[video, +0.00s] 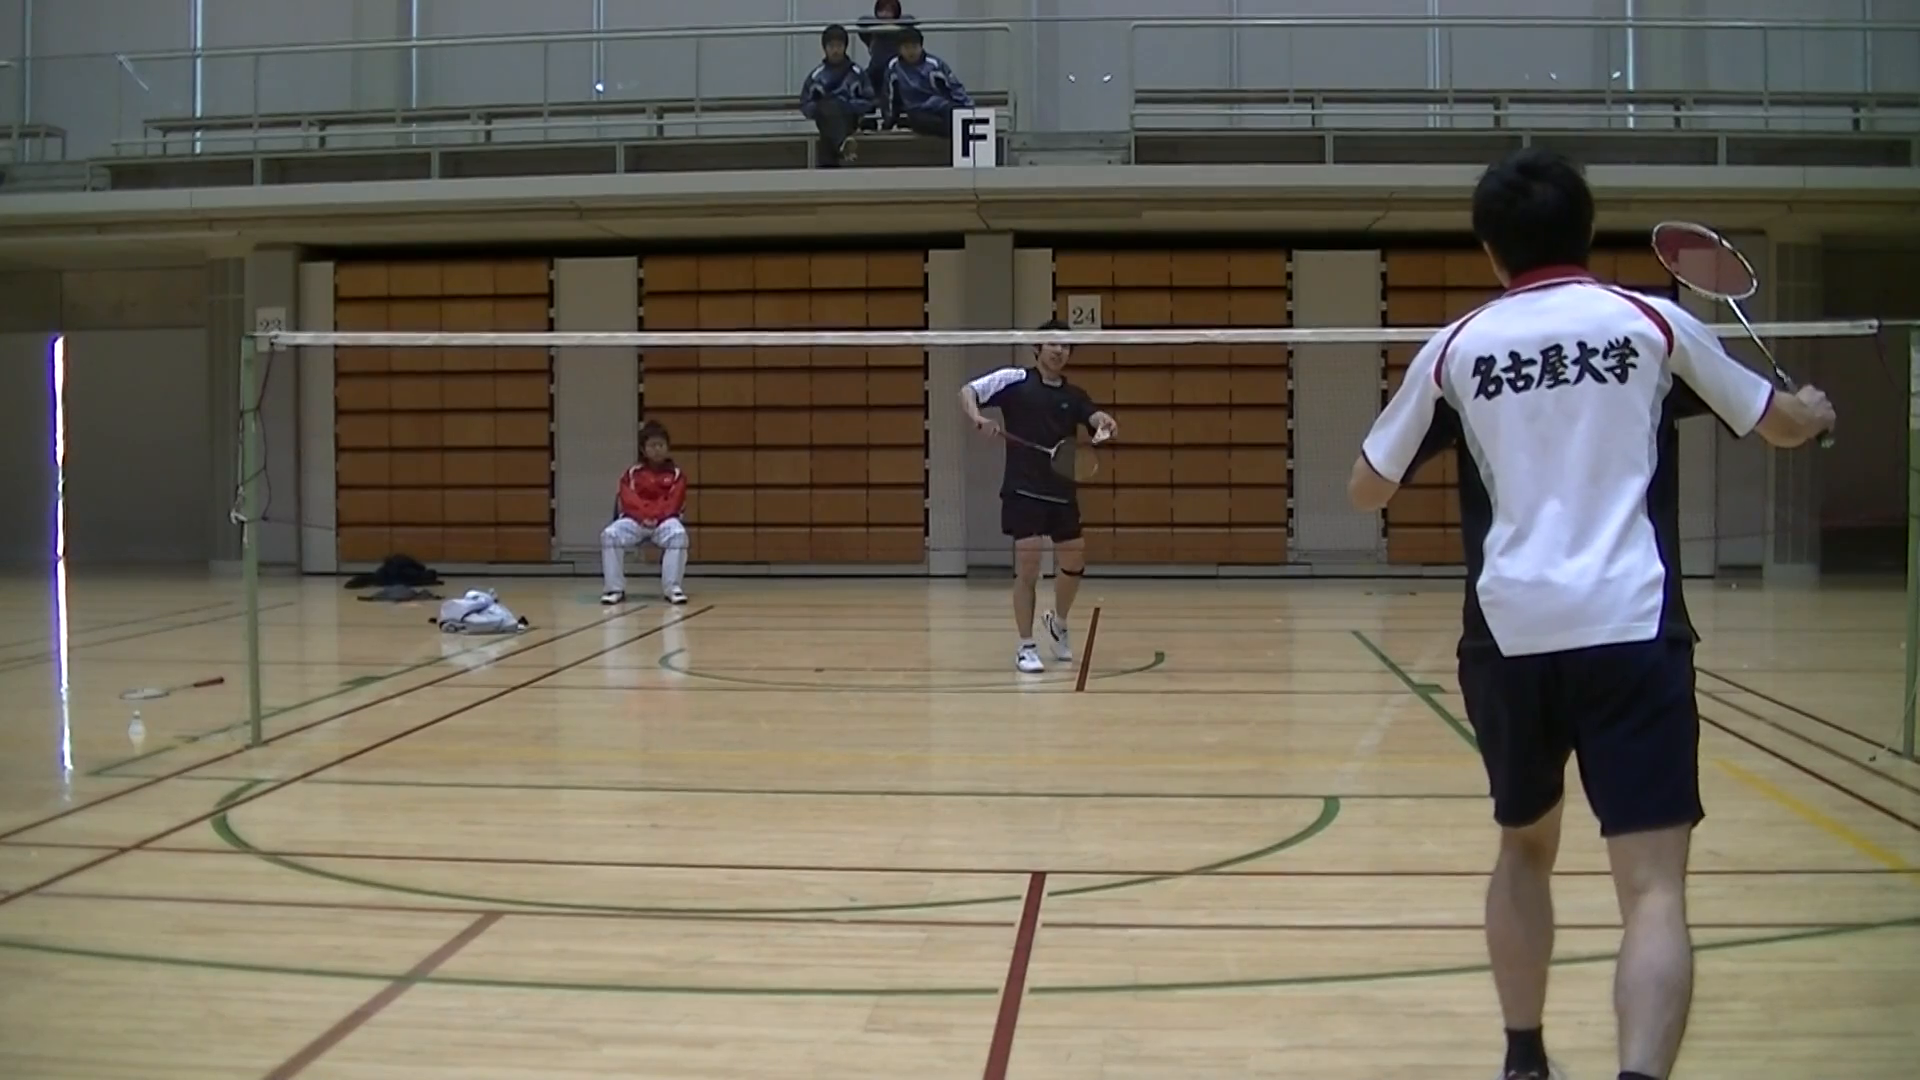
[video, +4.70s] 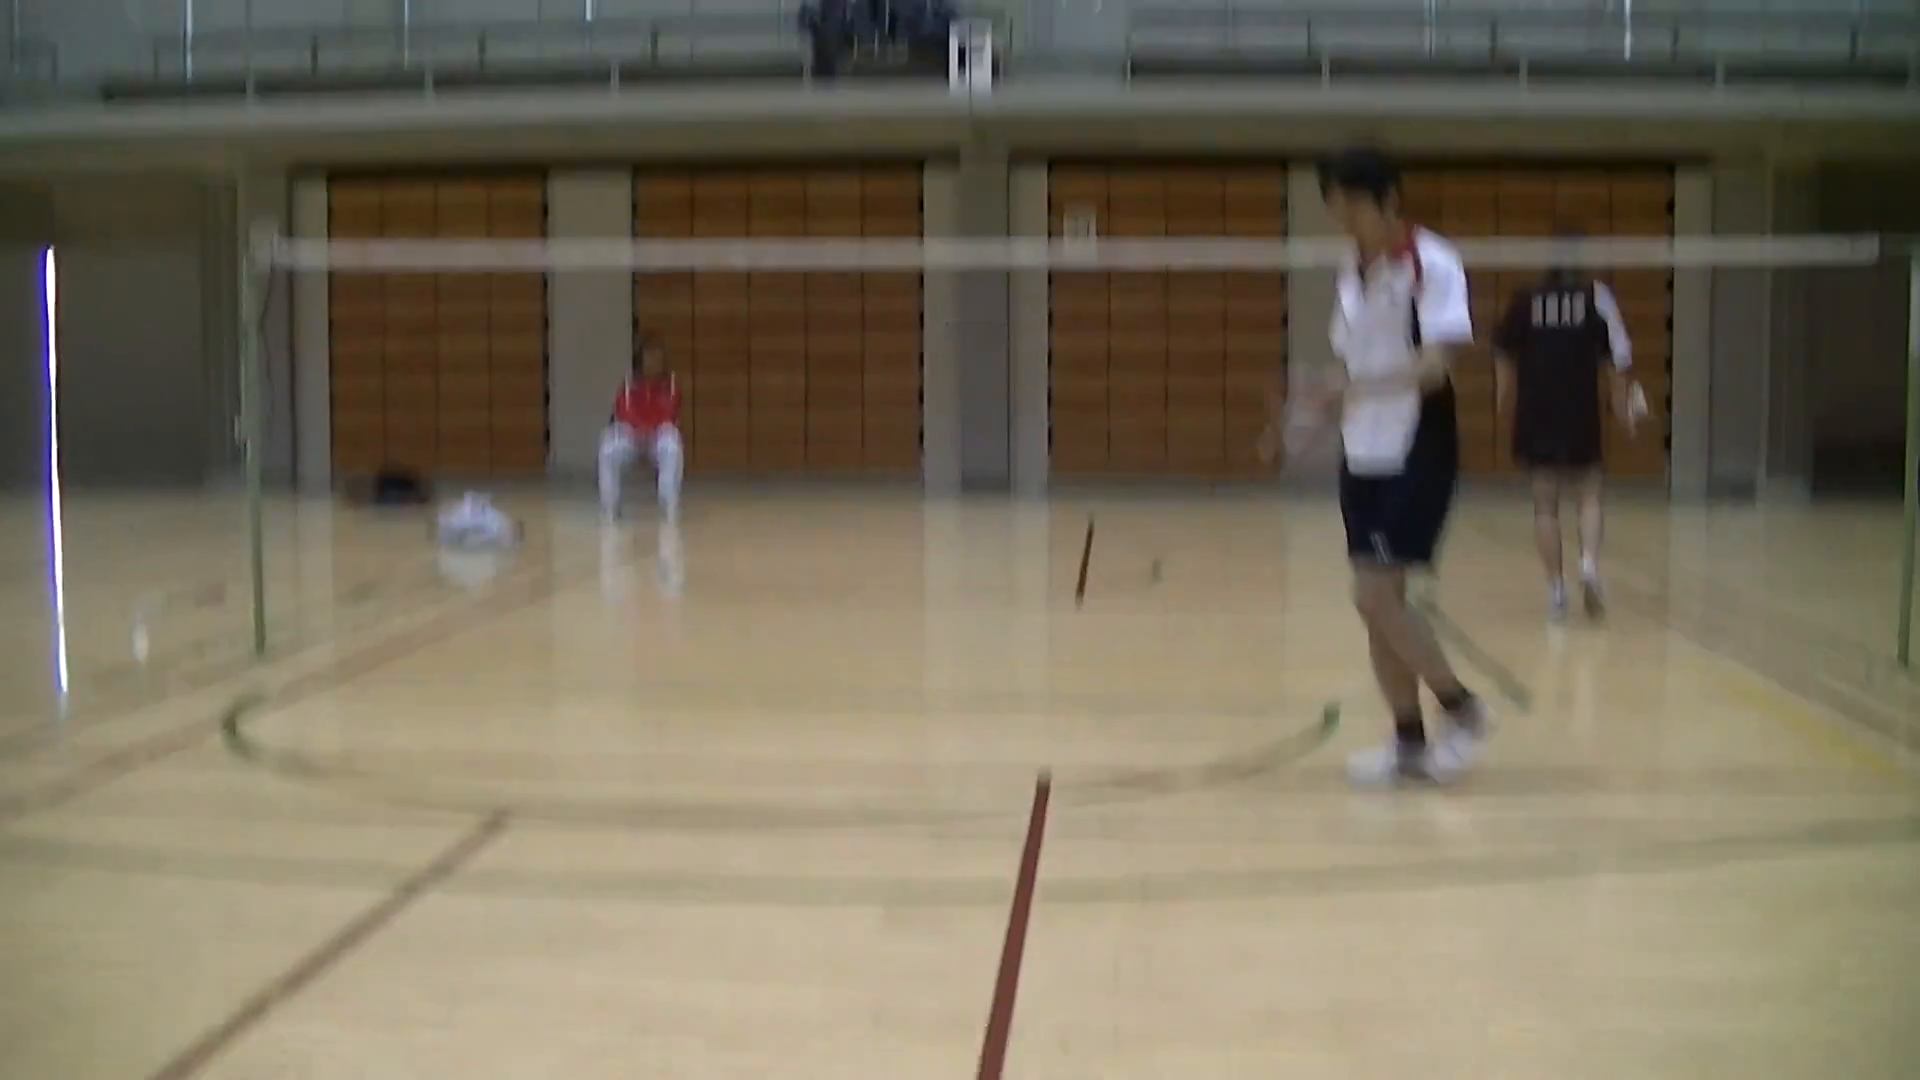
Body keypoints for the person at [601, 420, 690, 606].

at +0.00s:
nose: (657, 450)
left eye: (661, 445)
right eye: (652, 445)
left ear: (667, 447)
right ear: (643, 449)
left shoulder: (676, 475)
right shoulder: (632, 473)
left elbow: (673, 504)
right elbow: (627, 500)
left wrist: (655, 517)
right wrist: (644, 515)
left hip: (664, 520)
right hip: (635, 520)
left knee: (678, 536)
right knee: (610, 535)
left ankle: (673, 587)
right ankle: (615, 589)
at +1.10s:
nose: (664, 449)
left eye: (669, 444)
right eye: (659, 445)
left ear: (676, 447)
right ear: (651, 449)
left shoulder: (683, 475)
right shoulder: (640, 473)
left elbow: (680, 505)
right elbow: (635, 500)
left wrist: (660, 516)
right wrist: (652, 515)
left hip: (671, 519)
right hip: (643, 519)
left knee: (687, 534)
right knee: (618, 535)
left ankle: (682, 587)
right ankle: (622, 589)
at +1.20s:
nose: (697, 449)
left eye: (702, 444)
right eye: (692, 444)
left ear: (708, 447)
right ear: (683, 449)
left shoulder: (716, 475)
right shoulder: (673, 473)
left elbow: (713, 506)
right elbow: (668, 503)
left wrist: (691, 515)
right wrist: (684, 517)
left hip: (704, 520)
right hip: (676, 520)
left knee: (718, 534)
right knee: (651, 534)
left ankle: (714, 587)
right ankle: (654, 589)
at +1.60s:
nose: (674, 448)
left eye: (678, 443)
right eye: (668, 443)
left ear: (684, 445)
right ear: (659, 448)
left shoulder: (691, 473)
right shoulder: (648, 471)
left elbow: (689, 502)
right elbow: (643, 498)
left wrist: (671, 516)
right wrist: (661, 513)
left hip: (680, 518)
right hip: (651, 518)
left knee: (695, 534)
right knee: (627, 533)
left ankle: (688, 585)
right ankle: (631, 588)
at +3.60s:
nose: (656, 450)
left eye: (660, 445)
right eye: (651, 446)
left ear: (666, 448)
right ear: (642, 450)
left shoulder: (675, 475)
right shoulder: (631, 474)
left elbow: (672, 504)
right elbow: (626, 500)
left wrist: (655, 518)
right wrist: (642, 516)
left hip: (662, 521)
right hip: (633, 521)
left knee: (677, 536)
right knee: (609, 536)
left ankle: (671, 588)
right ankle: (614, 590)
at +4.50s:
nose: (656, 441)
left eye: (660, 436)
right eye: (651, 437)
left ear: (666, 439)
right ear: (642, 442)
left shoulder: (674, 466)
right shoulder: (630, 465)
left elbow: (672, 494)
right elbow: (626, 492)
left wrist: (657, 510)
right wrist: (641, 508)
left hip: (661, 513)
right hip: (633, 512)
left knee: (677, 527)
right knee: (609, 528)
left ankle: (671, 580)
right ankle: (613, 582)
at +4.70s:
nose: (652, 364)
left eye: (656, 358)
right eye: (648, 358)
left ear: (662, 361)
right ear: (641, 361)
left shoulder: (669, 384)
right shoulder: (630, 383)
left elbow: (671, 415)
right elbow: (623, 414)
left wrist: (655, 430)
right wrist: (638, 430)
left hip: (659, 429)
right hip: (631, 428)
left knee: (671, 449)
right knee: (610, 449)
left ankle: (669, 505)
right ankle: (609, 507)